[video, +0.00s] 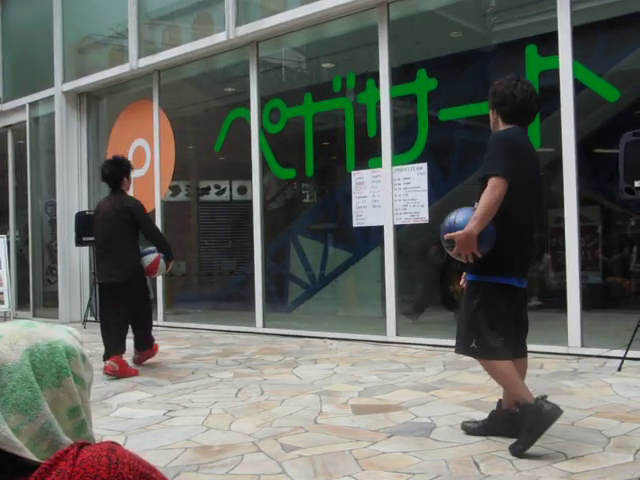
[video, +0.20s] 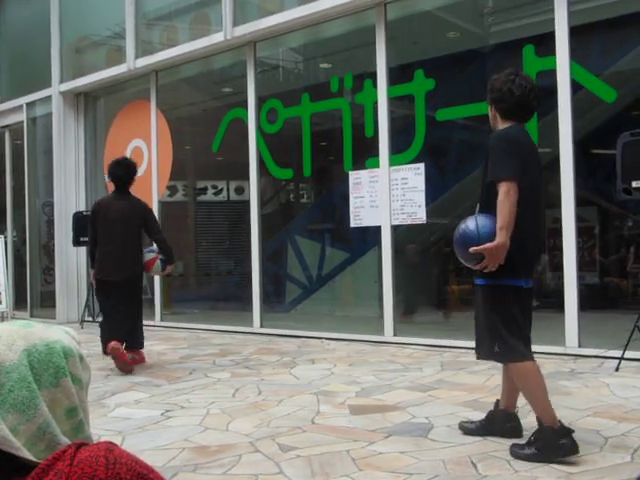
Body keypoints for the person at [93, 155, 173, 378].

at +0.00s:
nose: (131, 180)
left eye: (129, 176)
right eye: (129, 176)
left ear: (108, 181)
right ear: (124, 180)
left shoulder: (101, 207)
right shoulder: (131, 205)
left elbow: (105, 240)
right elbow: (151, 232)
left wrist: (135, 255)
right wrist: (168, 253)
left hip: (106, 271)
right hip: (129, 270)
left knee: (111, 313)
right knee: (141, 306)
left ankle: (113, 358)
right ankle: (144, 348)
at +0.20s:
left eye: (109, 177)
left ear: (110, 180)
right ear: (132, 180)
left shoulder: (100, 206)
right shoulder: (140, 207)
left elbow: (92, 240)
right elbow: (157, 236)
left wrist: (93, 267)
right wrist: (169, 259)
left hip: (105, 269)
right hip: (132, 270)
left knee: (109, 309)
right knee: (132, 309)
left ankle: (113, 343)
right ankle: (135, 350)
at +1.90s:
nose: (63, 218)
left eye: (68, 216)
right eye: (63, 214)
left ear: (75, 211)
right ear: (58, 206)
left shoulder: (73, 216)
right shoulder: (43, 213)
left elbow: (73, 243)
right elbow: (37, 244)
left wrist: (72, 267)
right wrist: (44, 270)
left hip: (66, 270)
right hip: (45, 269)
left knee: (72, 314)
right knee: (47, 315)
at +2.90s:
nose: (70, 197)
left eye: (72, 193)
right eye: (66, 194)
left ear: (75, 193)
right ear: (57, 196)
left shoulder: (82, 215)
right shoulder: (51, 218)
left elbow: (89, 241)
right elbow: (51, 246)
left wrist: (92, 264)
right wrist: (64, 264)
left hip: (83, 267)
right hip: (63, 267)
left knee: (81, 306)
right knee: (67, 307)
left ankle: (79, 340)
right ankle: (67, 341)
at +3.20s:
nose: (71, 192)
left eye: (72, 188)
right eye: (66, 189)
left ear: (76, 190)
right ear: (58, 193)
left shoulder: (90, 214)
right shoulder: (53, 218)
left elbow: (98, 239)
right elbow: (49, 245)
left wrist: (98, 259)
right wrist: (56, 263)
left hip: (88, 265)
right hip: (66, 266)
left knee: (89, 300)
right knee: (68, 303)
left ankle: (93, 333)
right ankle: (70, 337)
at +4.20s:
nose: (115, 192)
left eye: (115, 189)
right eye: (111, 189)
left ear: (114, 191)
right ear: (101, 192)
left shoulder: (111, 212)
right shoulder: (95, 212)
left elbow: (117, 238)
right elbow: (95, 237)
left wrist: (126, 258)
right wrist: (106, 253)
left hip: (110, 259)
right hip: (98, 259)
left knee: (106, 296)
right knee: (110, 296)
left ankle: (96, 329)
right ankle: (121, 331)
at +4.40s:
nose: (121, 191)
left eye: (120, 187)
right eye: (118, 187)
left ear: (110, 192)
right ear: (108, 192)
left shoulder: (110, 209)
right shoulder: (107, 211)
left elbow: (114, 237)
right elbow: (114, 237)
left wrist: (128, 253)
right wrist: (131, 254)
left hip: (110, 259)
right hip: (107, 260)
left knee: (113, 296)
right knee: (114, 297)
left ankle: (97, 327)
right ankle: (122, 333)